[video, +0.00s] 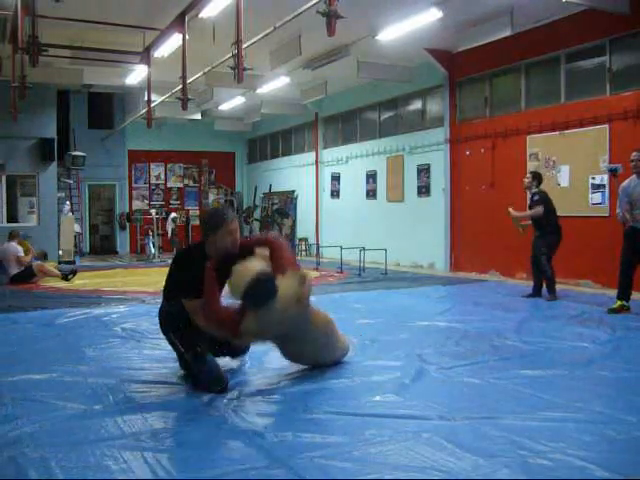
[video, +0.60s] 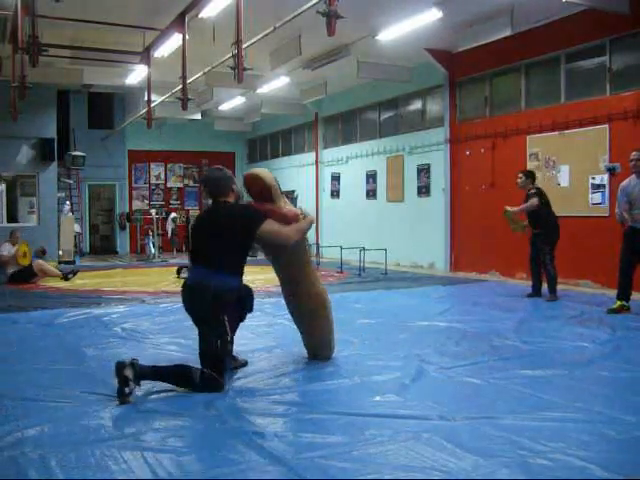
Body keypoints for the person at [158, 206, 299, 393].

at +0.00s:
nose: (236, 238)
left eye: (237, 232)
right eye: (230, 234)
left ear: (240, 230)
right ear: (213, 236)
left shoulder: (234, 253)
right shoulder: (187, 260)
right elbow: (198, 315)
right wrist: (234, 332)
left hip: (205, 310)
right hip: (177, 319)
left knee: (238, 347)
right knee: (216, 384)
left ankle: (200, 344)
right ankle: (190, 366)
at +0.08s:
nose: (243, 216)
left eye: (241, 210)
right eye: (236, 212)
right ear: (217, 219)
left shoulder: (226, 239)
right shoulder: (195, 247)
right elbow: (207, 306)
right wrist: (252, 316)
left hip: (202, 307)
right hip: (177, 314)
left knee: (238, 329)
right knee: (217, 384)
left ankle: (203, 349)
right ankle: (181, 361)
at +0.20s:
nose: (246, 200)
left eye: (244, 195)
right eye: (241, 197)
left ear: (225, 205)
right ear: (226, 204)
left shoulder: (224, 229)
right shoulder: (210, 234)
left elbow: (240, 275)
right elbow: (222, 295)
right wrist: (272, 293)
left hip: (200, 303)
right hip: (180, 310)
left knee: (235, 311)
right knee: (218, 384)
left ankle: (202, 345)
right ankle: (166, 364)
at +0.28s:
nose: (242, 185)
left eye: (239, 180)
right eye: (237, 182)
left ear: (221, 193)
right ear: (227, 192)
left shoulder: (226, 219)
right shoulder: (216, 223)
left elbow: (251, 253)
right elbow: (238, 277)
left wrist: (279, 255)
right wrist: (281, 270)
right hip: (188, 301)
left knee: (233, 294)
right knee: (217, 383)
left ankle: (211, 352)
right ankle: (153, 361)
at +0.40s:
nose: (237, 182)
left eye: (234, 177)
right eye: (234, 178)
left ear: (206, 188)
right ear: (229, 186)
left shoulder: (198, 216)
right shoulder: (227, 220)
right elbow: (258, 263)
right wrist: (295, 248)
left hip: (188, 294)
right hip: (203, 303)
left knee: (232, 290)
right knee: (218, 382)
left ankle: (223, 351)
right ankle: (148, 356)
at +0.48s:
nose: (235, 184)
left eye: (233, 181)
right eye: (233, 181)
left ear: (205, 190)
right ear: (229, 186)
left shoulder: (196, 219)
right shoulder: (236, 218)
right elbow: (272, 251)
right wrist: (303, 232)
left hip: (189, 297)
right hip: (215, 302)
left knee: (236, 293)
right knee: (217, 384)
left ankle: (225, 357)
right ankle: (141, 370)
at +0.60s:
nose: (237, 189)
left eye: (234, 186)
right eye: (235, 186)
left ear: (207, 193)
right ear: (232, 191)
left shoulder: (199, 222)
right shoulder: (244, 215)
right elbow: (289, 236)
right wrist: (308, 221)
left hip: (194, 294)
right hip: (221, 298)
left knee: (244, 296)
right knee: (213, 380)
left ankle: (224, 357)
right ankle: (137, 371)